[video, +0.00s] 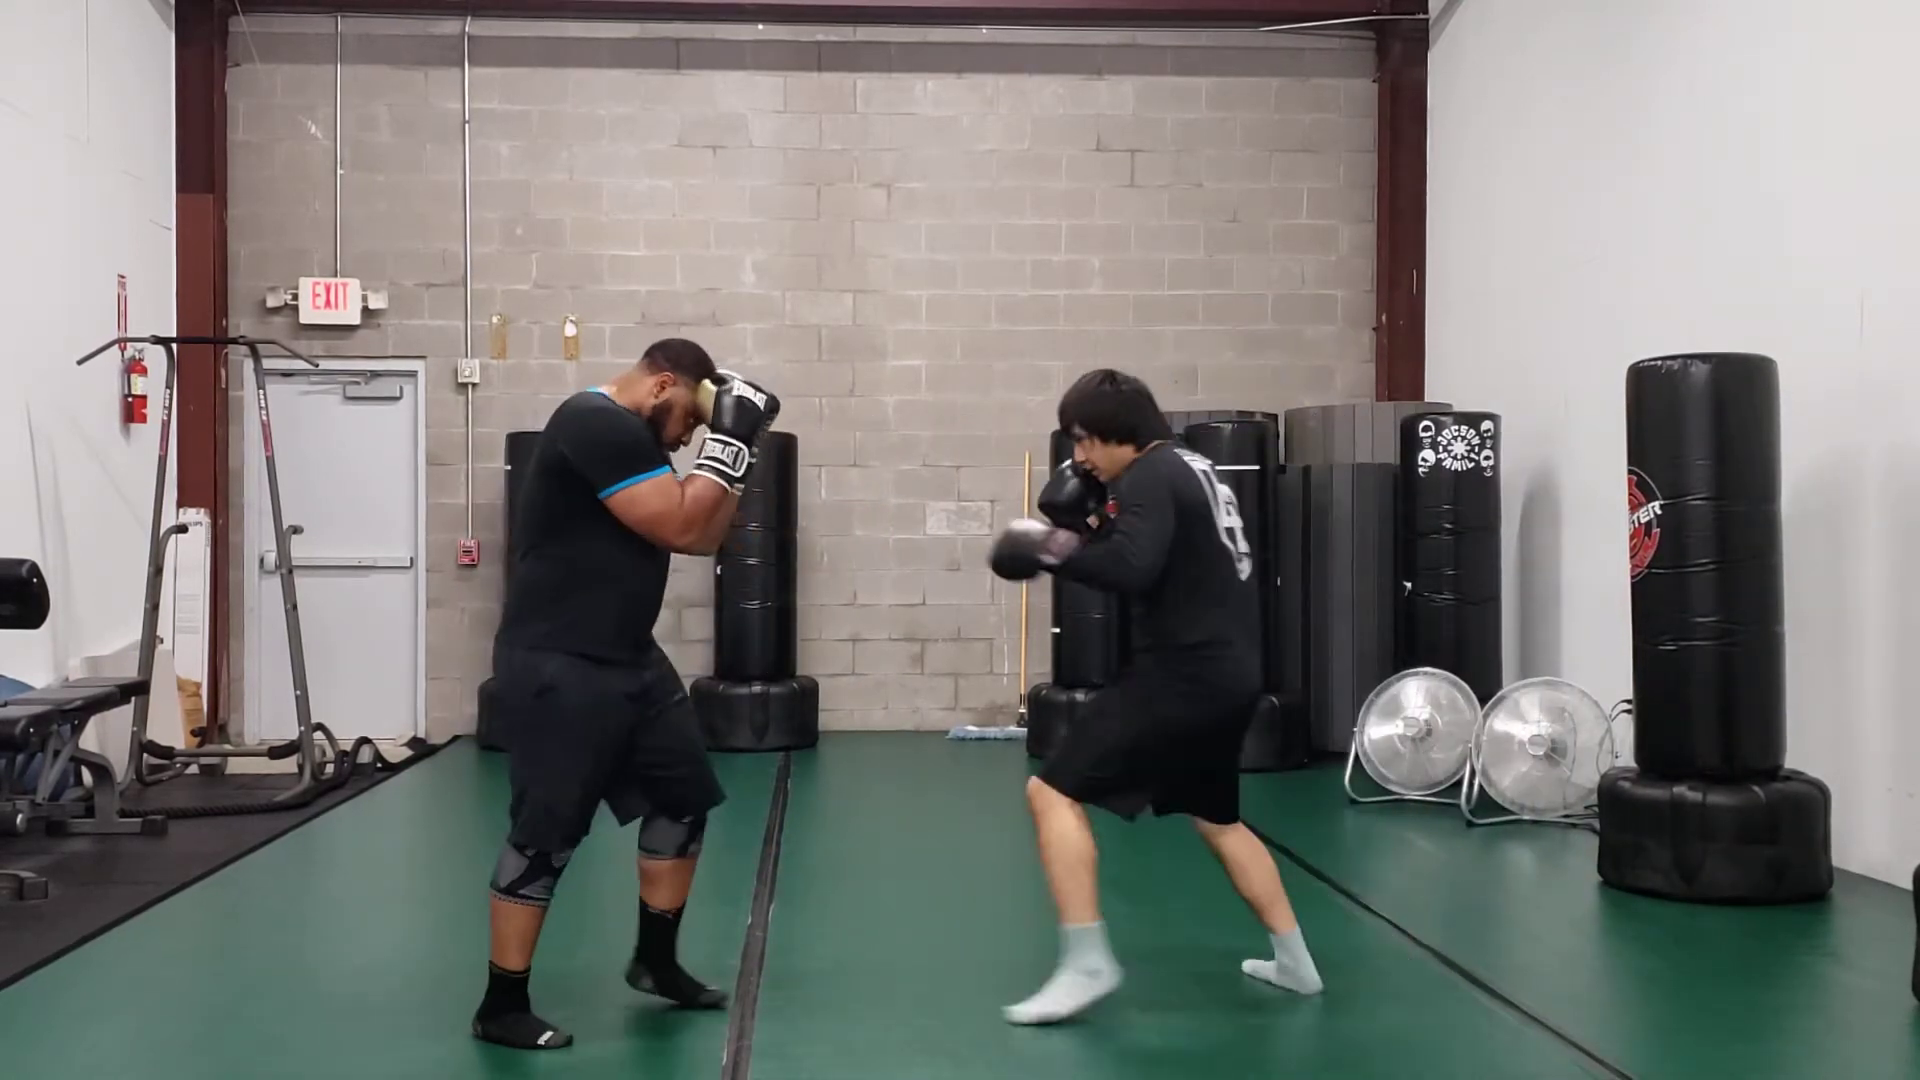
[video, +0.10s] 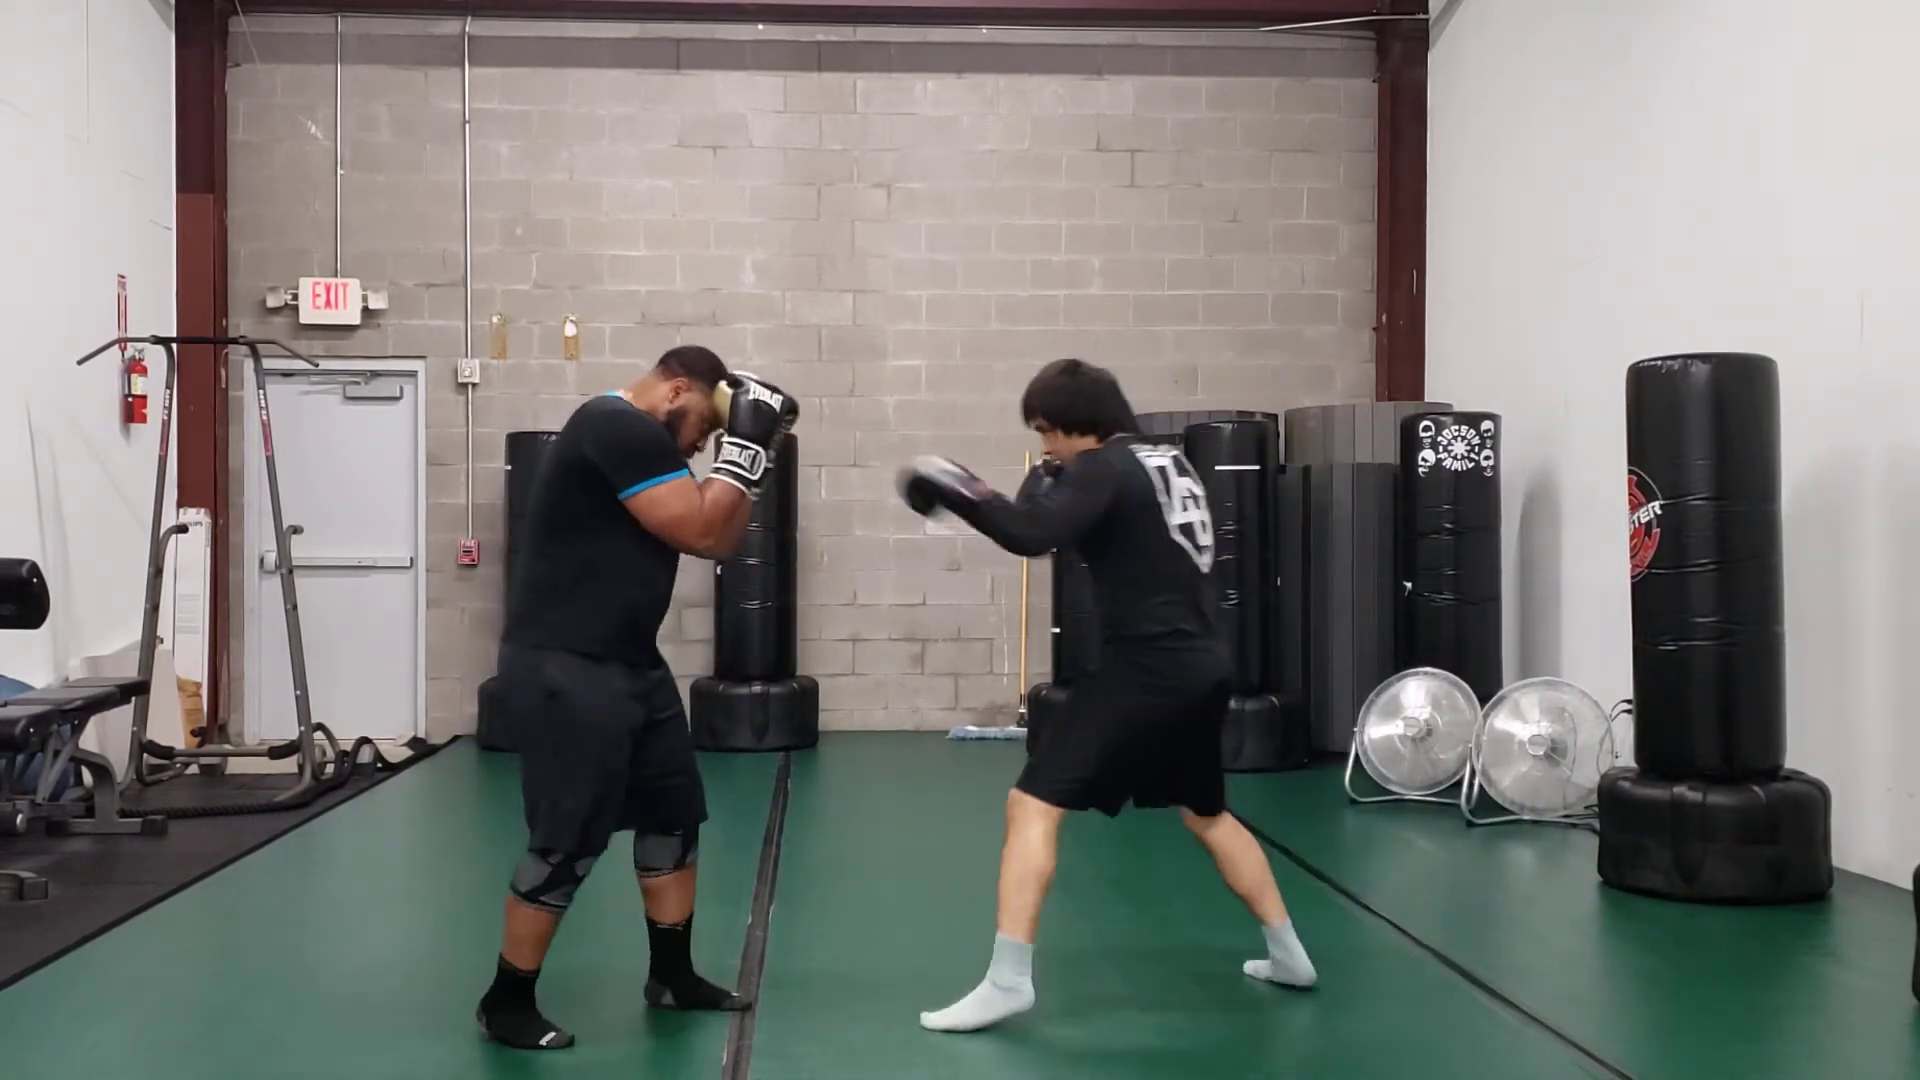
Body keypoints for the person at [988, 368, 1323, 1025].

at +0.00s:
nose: (1079, 456)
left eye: (1084, 441)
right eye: (1076, 442)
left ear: (1118, 435)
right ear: (1141, 429)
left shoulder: (1150, 478)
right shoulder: (1191, 465)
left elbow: (1133, 564)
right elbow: (1174, 557)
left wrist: (1063, 552)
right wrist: (1094, 529)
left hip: (1181, 676)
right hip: (1229, 676)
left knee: (1051, 792)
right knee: (1218, 816)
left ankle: (1086, 960)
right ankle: (1296, 961)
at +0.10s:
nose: (1044, 450)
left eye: (1047, 435)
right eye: (1040, 437)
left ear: (1081, 427)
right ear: (1108, 420)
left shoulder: (1103, 469)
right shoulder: (1167, 461)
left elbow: (1031, 533)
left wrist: (959, 493)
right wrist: (997, 500)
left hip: (1144, 670)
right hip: (1201, 668)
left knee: (1033, 803)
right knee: (1207, 812)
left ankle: (1009, 980)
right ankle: (1291, 955)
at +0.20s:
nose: (1002, 458)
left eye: (1005, 445)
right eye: (1001, 446)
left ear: (1036, 441)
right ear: (1071, 432)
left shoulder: (1042, 487)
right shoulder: (1133, 467)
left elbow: (942, 493)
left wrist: (863, 460)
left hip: (1102, 681)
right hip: (1177, 676)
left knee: (1006, 822)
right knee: (1166, 793)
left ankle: (1009, 999)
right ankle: (1247, 928)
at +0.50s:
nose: (978, 441)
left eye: (980, 428)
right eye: (974, 429)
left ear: (1008, 420)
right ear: (1037, 411)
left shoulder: (1043, 468)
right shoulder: (1092, 449)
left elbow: (1030, 551)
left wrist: (952, 523)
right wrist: (985, 494)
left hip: (1071, 655)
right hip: (1127, 648)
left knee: (1011, 802)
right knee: (1113, 776)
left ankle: (1006, 974)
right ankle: (1169, 917)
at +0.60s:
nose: (986, 411)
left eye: (990, 397)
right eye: (983, 398)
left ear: (1024, 393)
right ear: (1042, 388)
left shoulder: (1058, 445)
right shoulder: (1088, 434)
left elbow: (1087, 538)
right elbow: (1061, 529)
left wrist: (1002, 530)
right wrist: (1001, 483)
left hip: (1081, 628)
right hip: (1121, 625)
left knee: (1006, 775)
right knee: (1102, 758)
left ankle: (1082, 929)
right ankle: (1160, 891)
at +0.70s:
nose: (995, 417)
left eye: (997, 403)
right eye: (992, 404)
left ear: (1027, 399)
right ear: (1039, 394)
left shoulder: (1079, 454)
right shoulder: (1063, 450)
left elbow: (1108, 546)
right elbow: (1053, 534)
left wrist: (1021, 541)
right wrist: (999, 493)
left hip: (1080, 655)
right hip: (1090, 650)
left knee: (1036, 794)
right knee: (1097, 780)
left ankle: (1136, 931)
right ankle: (1135, 910)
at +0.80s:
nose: (1002, 437)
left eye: (1006, 424)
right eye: (999, 424)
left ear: (1036, 417)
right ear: (1038, 416)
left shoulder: (1089, 477)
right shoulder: (1054, 475)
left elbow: (1114, 570)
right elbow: (1047, 561)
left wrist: (1018, 562)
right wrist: (985, 519)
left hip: (1086, 671)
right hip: (1078, 667)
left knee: (1034, 803)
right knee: (1090, 795)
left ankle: (1132, 932)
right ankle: (1139, 917)